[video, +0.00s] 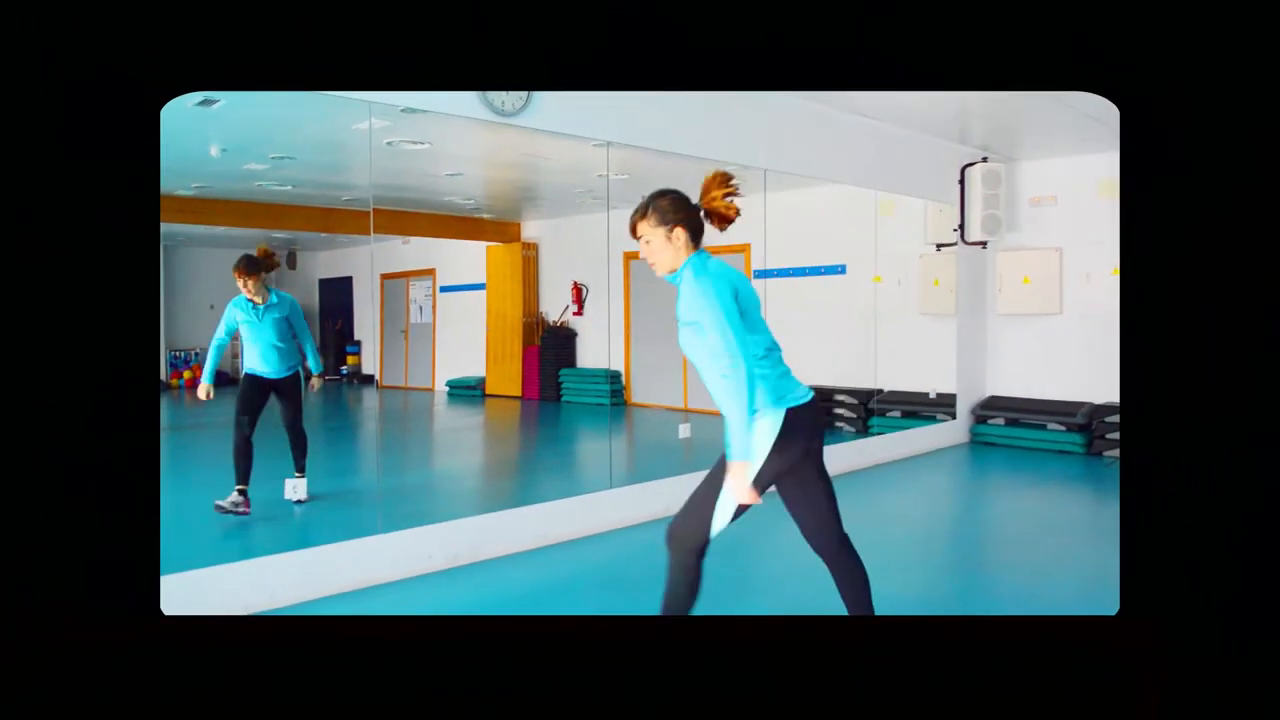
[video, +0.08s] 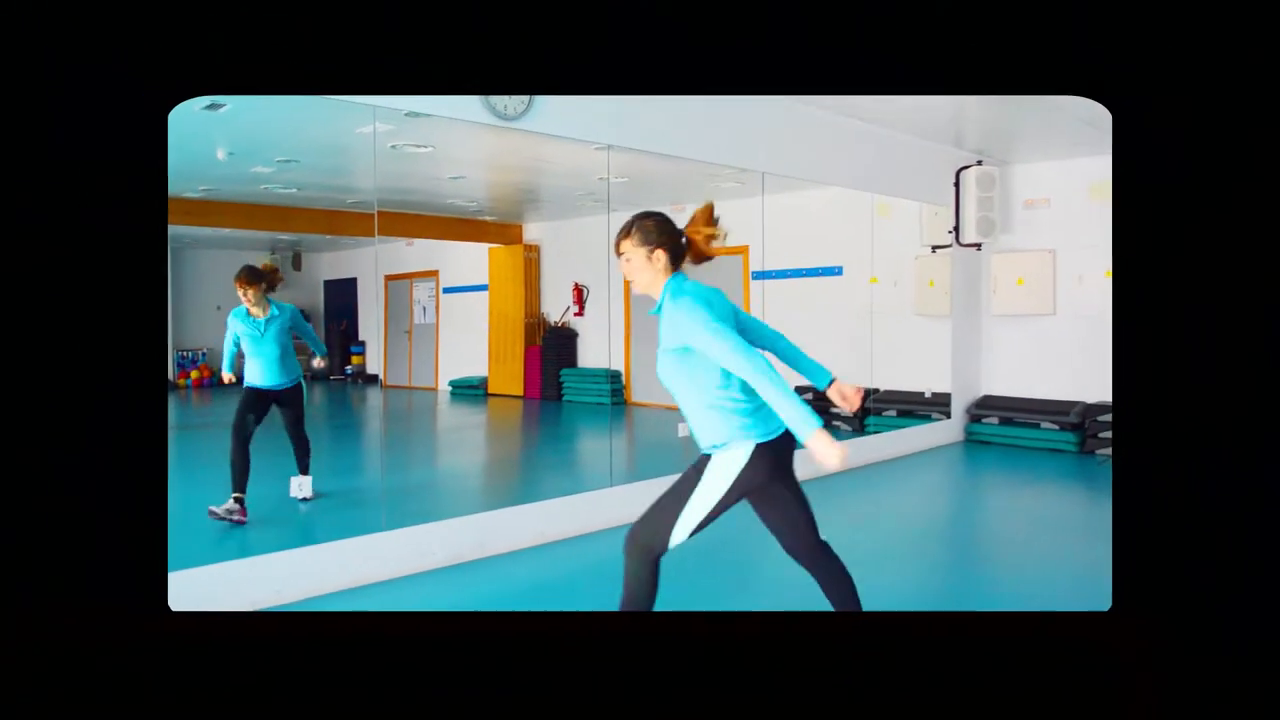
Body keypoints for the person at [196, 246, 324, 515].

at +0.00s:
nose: (243, 285)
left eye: (247, 279)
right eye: (239, 281)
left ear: (261, 276)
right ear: (237, 282)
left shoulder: (287, 303)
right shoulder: (236, 307)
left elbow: (305, 336)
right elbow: (219, 342)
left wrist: (316, 370)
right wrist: (206, 379)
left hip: (288, 376)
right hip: (254, 377)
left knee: (294, 425)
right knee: (243, 428)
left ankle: (300, 478)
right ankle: (241, 493)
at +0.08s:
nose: (243, 295)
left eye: (247, 290)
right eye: (240, 291)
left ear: (263, 288)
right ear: (238, 292)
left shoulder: (287, 313)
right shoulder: (236, 317)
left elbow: (308, 334)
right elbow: (230, 345)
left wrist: (321, 353)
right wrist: (227, 368)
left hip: (289, 386)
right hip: (256, 388)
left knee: (296, 432)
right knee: (240, 433)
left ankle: (304, 479)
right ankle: (237, 502)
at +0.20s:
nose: (235, 287)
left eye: (239, 282)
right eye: (232, 283)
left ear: (256, 281)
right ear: (230, 286)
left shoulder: (280, 307)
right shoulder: (231, 312)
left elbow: (309, 325)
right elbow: (243, 342)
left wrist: (319, 337)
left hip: (282, 383)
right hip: (249, 383)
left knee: (290, 438)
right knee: (240, 442)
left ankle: (311, 470)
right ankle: (244, 504)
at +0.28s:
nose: (231, 279)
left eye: (235, 273)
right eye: (228, 274)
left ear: (252, 272)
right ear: (229, 277)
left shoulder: (277, 301)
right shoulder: (230, 304)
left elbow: (305, 324)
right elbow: (240, 335)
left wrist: (325, 345)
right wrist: (248, 361)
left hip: (275, 380)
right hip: (245, 381)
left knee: (279, 440)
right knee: (242, 442)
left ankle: (307, 463)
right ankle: (250, 502)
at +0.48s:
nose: (220, 272)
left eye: (225, 267)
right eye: (218, 267)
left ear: (241, 267)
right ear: (219, 270)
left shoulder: (259, 296)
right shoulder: (228, 298)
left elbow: (280, 335)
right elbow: (235, 339)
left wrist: (273, 369)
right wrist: (229, 371)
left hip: (259, 377)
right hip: (237, 377)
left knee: (240, 435)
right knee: (237, 436)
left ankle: (261, 502)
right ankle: (252, 497)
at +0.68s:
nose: (172, 276)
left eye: (173, 271)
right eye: (173, 272)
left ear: (179, 271)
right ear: (199, 271)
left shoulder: (180, 295)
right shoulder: (213, 300)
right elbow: (238, 337)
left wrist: (157, 335)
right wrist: (220, 355)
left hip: (200, 380)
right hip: (216, 377)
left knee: (185, 449)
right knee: (202, 443)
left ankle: (198, 525)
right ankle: (224, 498)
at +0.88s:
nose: (131, 261)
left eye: (101, 262)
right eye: (130, 257)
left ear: (102, 262)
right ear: (129, 261)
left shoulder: (99, 286)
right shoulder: (148, 288)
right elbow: (180, 307)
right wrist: (167, 341)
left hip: (115, 372)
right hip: (150, 372)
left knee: (114, 449)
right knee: (139, 438)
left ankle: (117, 523)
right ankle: (158, 501)